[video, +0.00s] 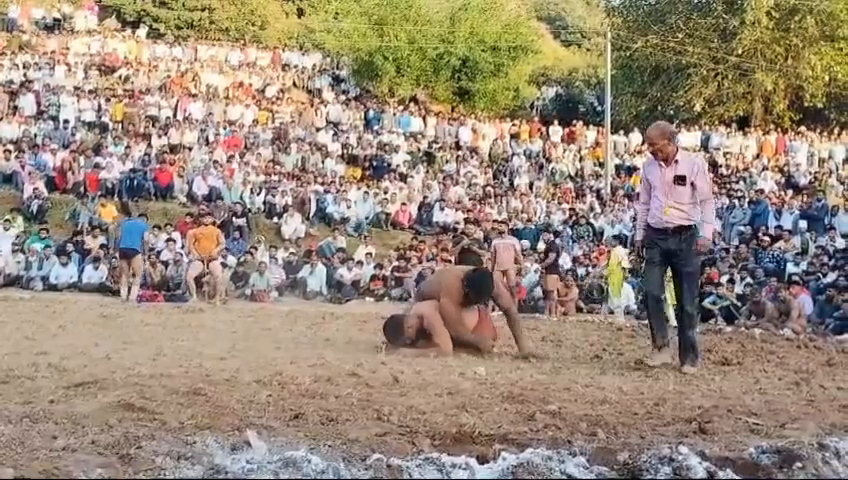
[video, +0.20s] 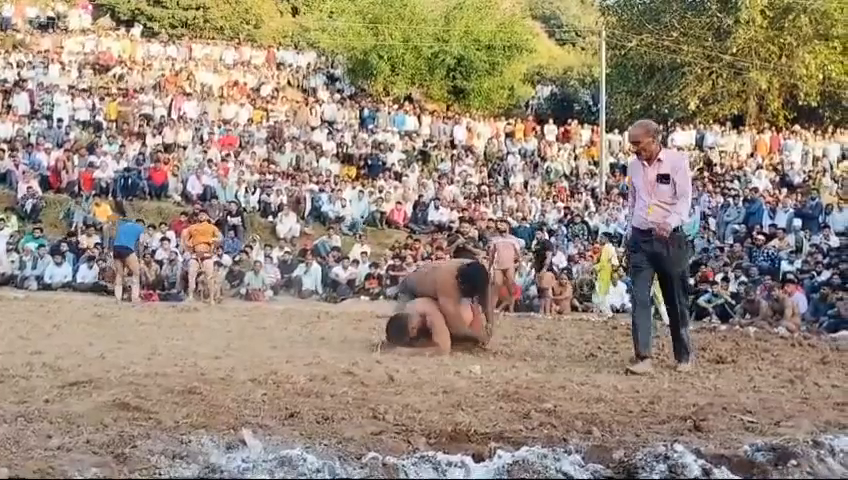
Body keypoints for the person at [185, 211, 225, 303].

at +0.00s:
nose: (207, 219)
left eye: (209, 217)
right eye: (204, 217)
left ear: (212, 218)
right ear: (200, 219)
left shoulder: (216, 231)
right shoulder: (194, 232)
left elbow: (222, 244)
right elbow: (190, 246)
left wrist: (215, 251)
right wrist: (196, 254)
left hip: (213, 258)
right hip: (199, 258)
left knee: (218, 275)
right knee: (190, 276)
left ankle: (217, 298)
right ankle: (194, 297)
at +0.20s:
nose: (202, 217)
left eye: (204, 215)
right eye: (200, 215)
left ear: (207, 217)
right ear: (197, 217)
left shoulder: (212, 227)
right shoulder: (192, 227)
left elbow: (220, 237)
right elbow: (185, 238)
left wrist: (213, 241)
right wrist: (189, 246)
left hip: (208, 254)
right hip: (195, 254)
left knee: (209, 276)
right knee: (191, 275)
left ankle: (211, 298)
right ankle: (190, 296)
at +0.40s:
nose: (196, 216)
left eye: (198, 214)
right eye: (194, 214)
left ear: (201, 215)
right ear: (191, 215)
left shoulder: (205, 226)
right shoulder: (187, 227)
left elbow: (219, 232)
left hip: (202, 253)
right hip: (190, 253)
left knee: (204, 276)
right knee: (191, 275)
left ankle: (207, 297)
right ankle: (188, 296)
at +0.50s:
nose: (194, 216)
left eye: (196, 213)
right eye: (192, 214)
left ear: (200, 214)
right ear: (189, 215)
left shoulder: (203, 223)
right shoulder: (186, 225)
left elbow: (217, 230)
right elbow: (180, 235)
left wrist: (208, 222)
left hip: (200, 252)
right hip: (188, 252)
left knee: (203, 276)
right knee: (189, 275)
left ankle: (206, 297)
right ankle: (187, 296)